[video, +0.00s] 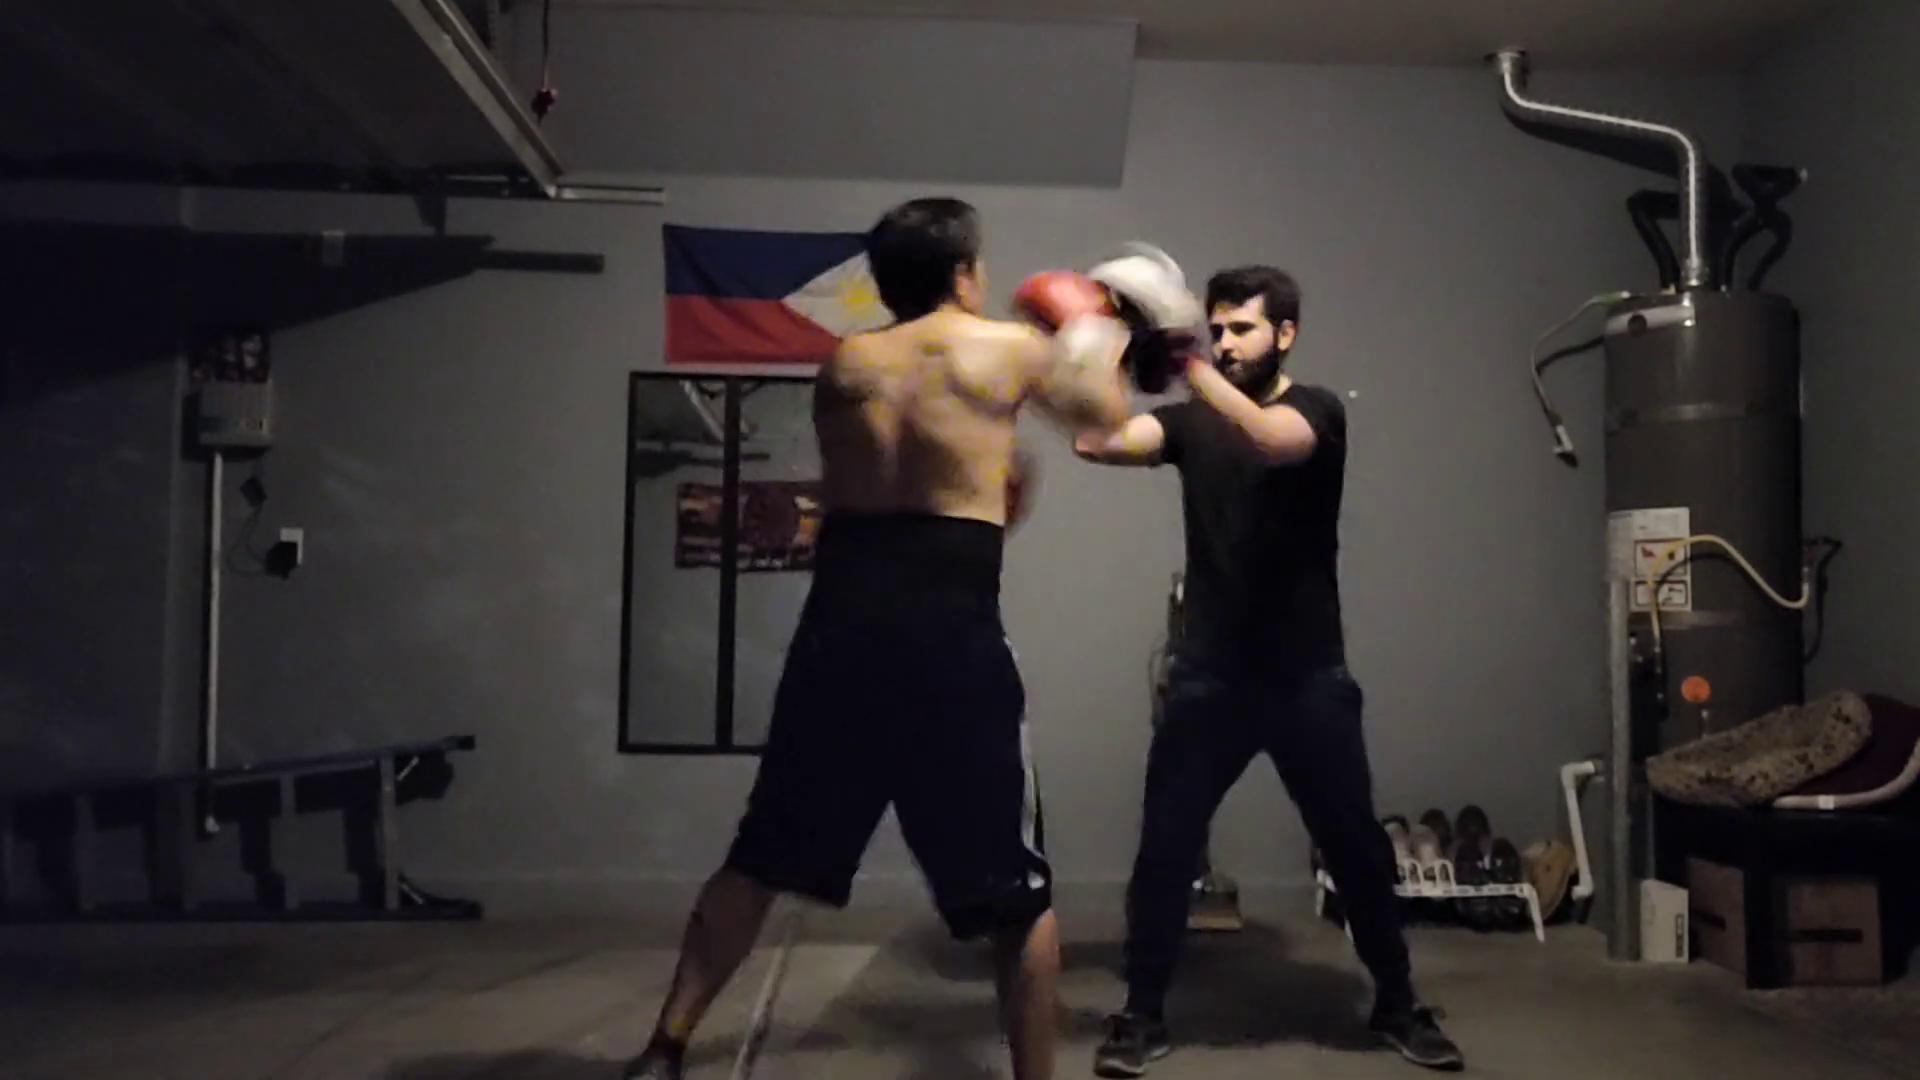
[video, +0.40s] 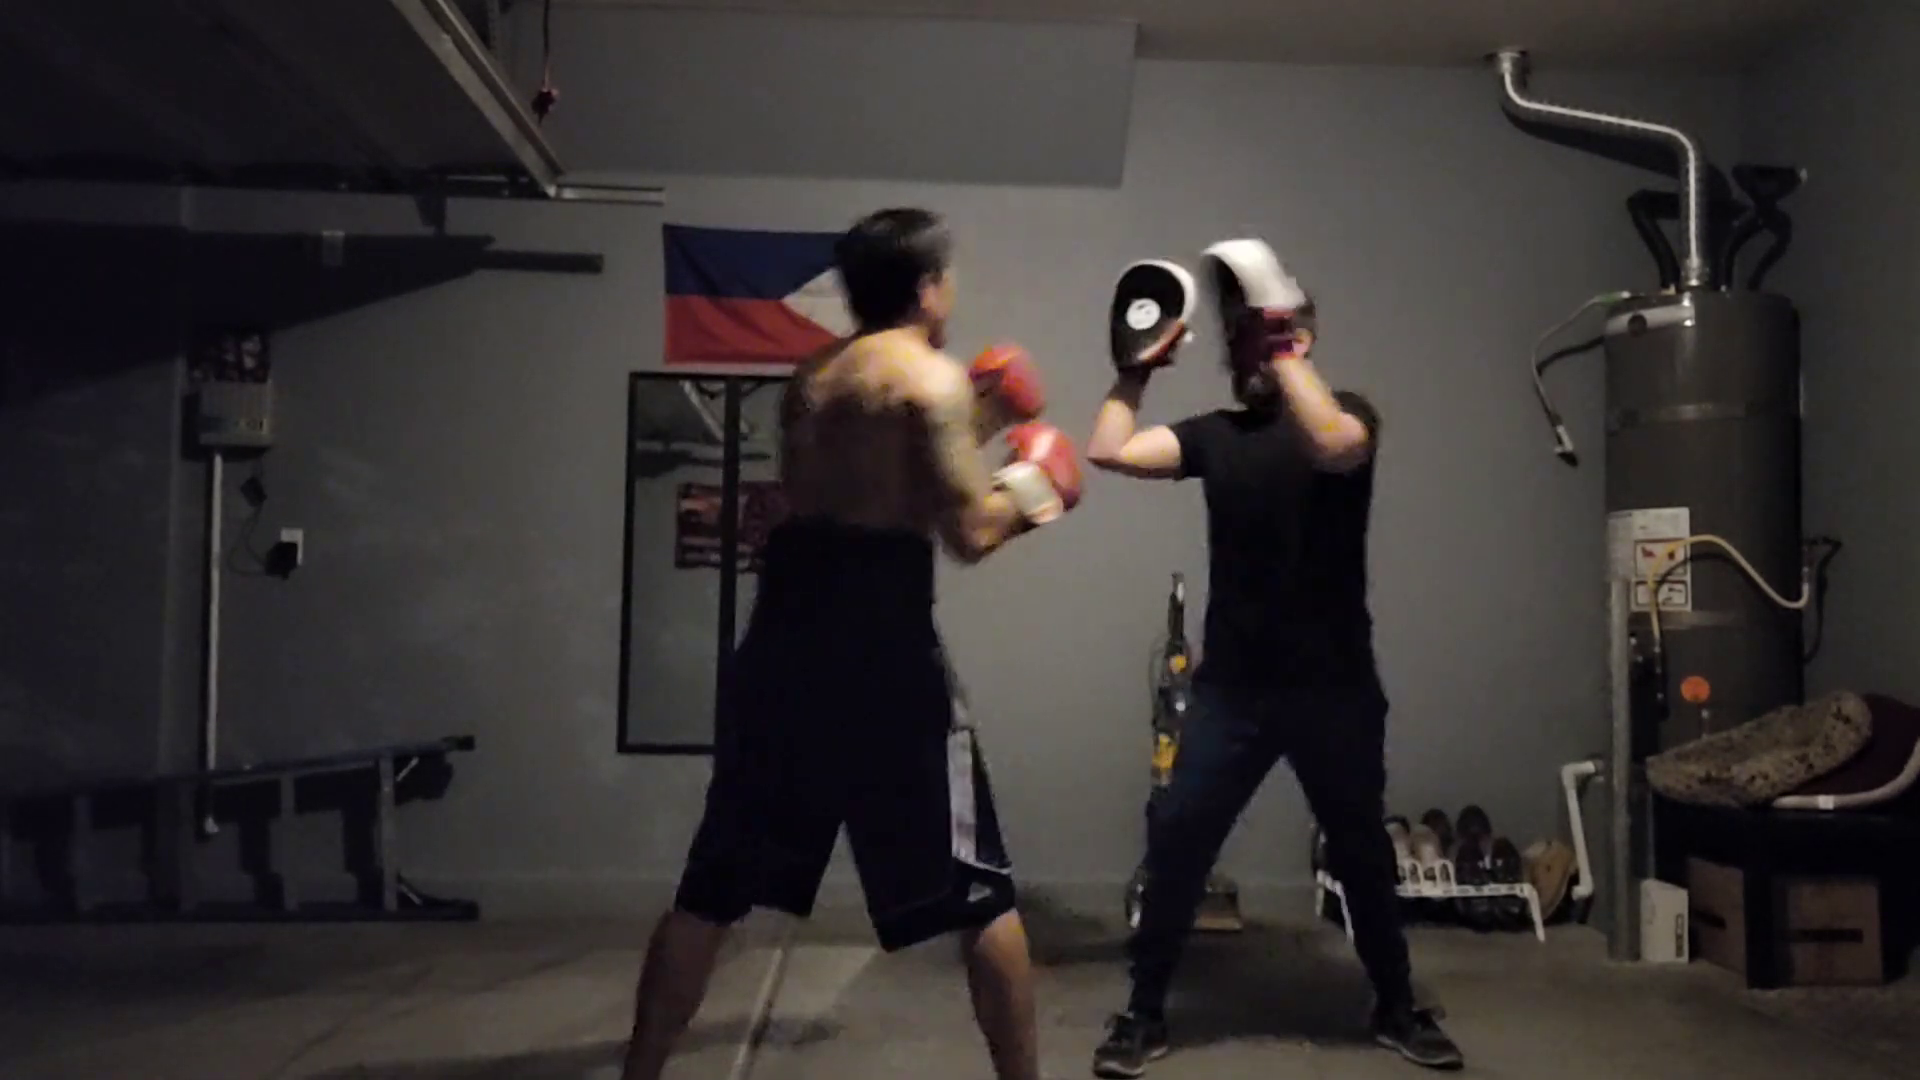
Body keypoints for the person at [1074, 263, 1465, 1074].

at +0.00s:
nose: (1226, 345)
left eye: (1242, 330)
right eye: (1217, 332)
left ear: (1285, 334)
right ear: (1206, 339)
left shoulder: (1319, 409)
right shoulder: (1192, 414)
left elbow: (1271, 436)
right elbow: (1105, 437)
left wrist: (1193, 365)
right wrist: (1083, 358)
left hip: (1305, 678)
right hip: (1207, 678)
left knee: (1355, 845)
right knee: (1166, 845)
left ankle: (1397, 1005)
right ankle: (1142, 1012)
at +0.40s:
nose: (1256, 346)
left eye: (1271, 330)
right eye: (1245, 333)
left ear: (1303, 338)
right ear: (1233, 348)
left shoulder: (1347, 416)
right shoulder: (1217, 435)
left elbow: (1335, 442)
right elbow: (1111, 448)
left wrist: (1283, 354)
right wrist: (1133, 373)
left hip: (1332, 682)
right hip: (1234, 683)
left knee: (1362, 848)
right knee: (1179, 830)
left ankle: (1398, 1007)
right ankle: (1144, 1010)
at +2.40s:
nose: (1266, 357)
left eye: (1283, 344)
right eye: (1257, 344)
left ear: (1323, 348)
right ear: (1246, 349)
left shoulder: (1357, 422)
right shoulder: (1218, 425)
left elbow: (1368, 481)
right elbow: (1128, 452)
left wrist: (1345, 381)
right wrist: (1094, 381)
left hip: (1338, 679)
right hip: (1238, 677)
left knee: (1370, 852)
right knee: (1189, 842)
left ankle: (1402, 1008)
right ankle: (1140, 1015)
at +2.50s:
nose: (1247, 362)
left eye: (1264, 347)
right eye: (1238, 347)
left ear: (1306, 350)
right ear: (1227, 353)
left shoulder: (1343, 425)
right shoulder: (1207, 432)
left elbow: (1354, 486)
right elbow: (1157, 510)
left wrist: (1326, 392)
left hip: (1332, 682)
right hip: (1233, 679)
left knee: (1369, 852)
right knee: (1173, 836)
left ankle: (1402, 1007)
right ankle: (1135, 1015)